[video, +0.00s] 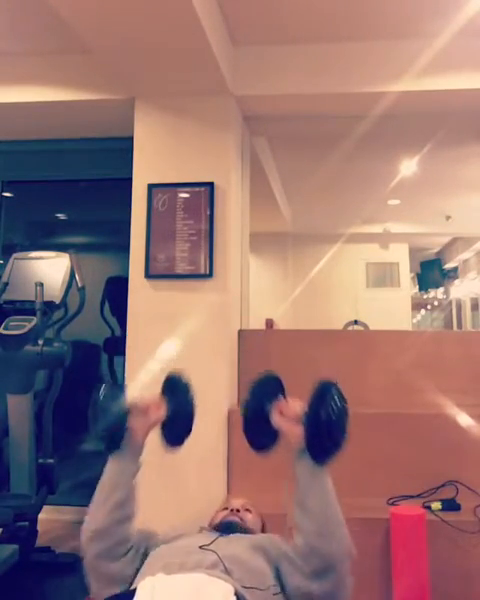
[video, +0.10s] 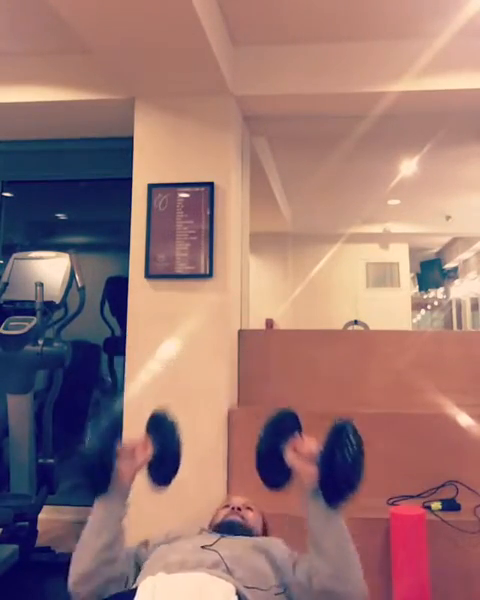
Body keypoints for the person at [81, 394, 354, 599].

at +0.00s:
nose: (235, 510)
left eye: (246, 511)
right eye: (227, 509)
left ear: (262, 531)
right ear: (207, 524)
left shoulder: (275, 551)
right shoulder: (158, 548)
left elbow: (329, 558)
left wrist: (304, 450)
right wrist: (131, 443)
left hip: (229, 588)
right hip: (153, 586)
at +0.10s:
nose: (236, 507)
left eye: (247, 508)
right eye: (227, 505)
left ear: (263, 531)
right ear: (209, 522)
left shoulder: (274, 550)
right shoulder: (164, 543)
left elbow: (342, 591)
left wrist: (315, 492)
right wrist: (118, 486)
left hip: (229, 590)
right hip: (157, 586)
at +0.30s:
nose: (237, 507)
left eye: (250, 507)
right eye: (228, 506)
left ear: (264, 526)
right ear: (210, 524)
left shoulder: (280, 559)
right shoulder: (159, 553)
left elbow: (316, 594)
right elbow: (109, 593)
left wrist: (322, 556)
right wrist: (113, 549)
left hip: (222, 589)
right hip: (156, 586)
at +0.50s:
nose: (235, 506)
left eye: (248, 507)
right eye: (225, 505)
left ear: (262, 529)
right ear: (206, 524)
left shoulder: (276, 558)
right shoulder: (155, 551)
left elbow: (318, 593)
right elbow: (88, 593)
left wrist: (320, 546)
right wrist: (113, 532)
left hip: (224, 589)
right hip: (154, 587)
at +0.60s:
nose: (234, 511)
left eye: (246, 512)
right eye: (226, 510)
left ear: (262, 534)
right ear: (207, 526)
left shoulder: (277, 555)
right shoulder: (160, 549)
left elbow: (335, 596)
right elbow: (85, 588)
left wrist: (318, 513)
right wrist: (119, 490)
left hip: (224, 589)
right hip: (153, 587)